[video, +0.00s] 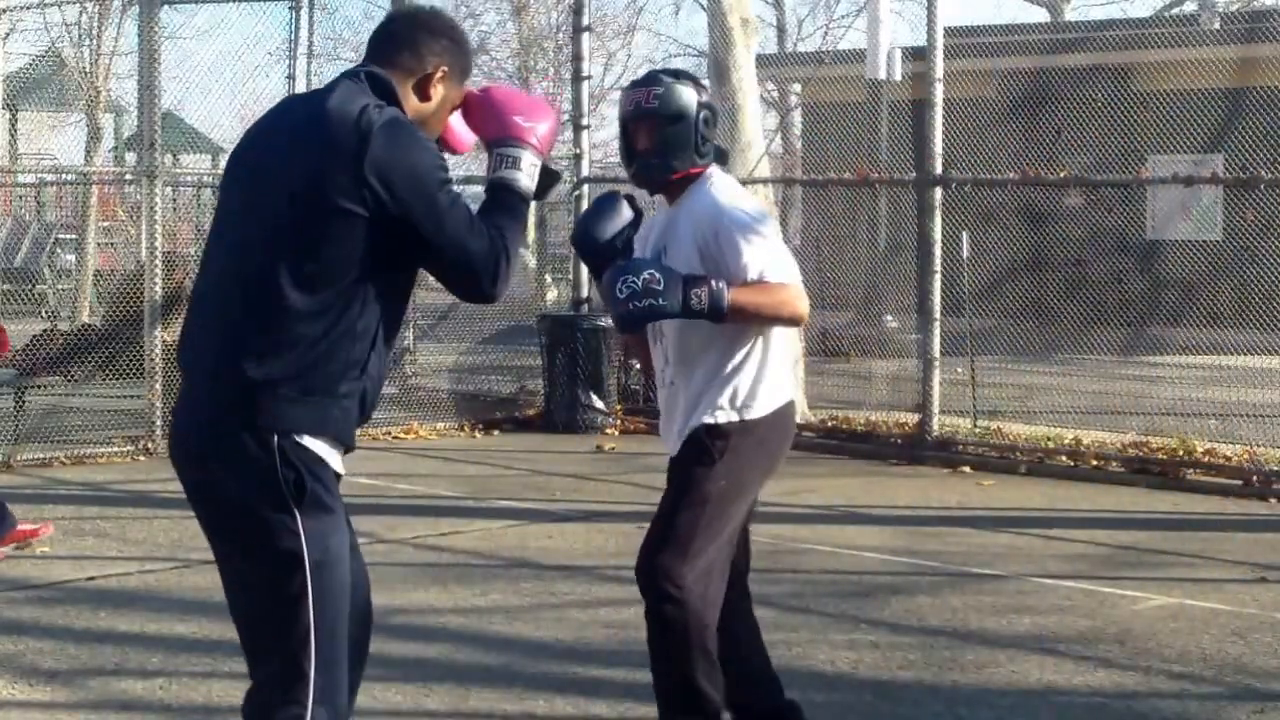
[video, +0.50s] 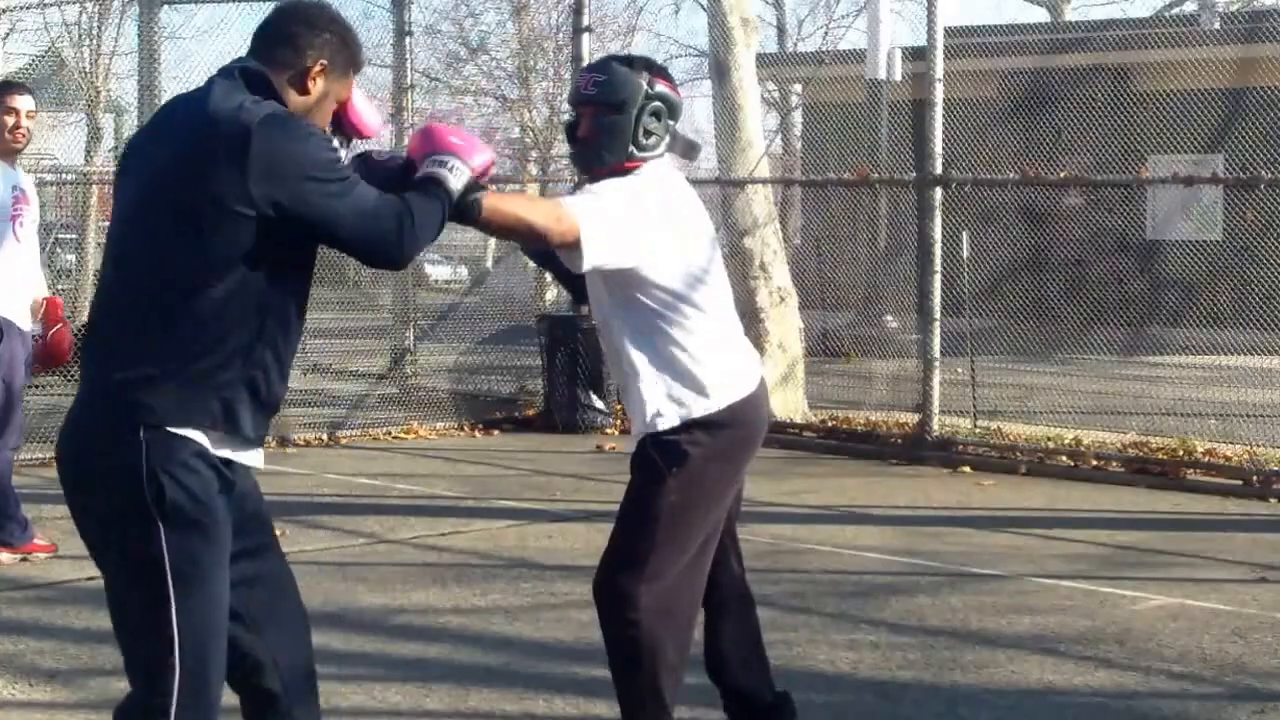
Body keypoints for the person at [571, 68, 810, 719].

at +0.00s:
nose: (639, 141)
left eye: (653, 126)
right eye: (631, 128)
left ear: (688, 130)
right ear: (626, 138)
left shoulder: (725, 206)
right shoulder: (653, 223)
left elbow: (793, 304)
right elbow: (648, 346)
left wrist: (693, 293)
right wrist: (612, 271)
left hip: (745, 417)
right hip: (697, 419)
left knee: (670, 571)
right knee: (718, 591)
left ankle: (696, 711)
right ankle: (765, 712)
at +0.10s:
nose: (632, 139)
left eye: (646, 124)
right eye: (626, 125)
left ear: (683, 128)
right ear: (625, 137)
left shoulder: (714, 200)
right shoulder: (655, 222)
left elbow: (779, 301)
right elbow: (632, 349)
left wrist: (673, 291)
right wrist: (604, 270)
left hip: (736, 425)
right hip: (692, 429)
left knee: (684, 593)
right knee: (717, 600)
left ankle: (675, 712)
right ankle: (765, 712)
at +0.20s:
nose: (623, 137)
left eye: (636, 122)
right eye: (619, 124)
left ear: (675, 126)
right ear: (625, 133)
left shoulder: (706, 200)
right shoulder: (649, 222)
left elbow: (772, 308)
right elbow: (626, 353)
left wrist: (661, 289)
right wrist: (598, 273)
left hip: (722, 427)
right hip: (681, 428)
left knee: (659, 590)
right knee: (709, 592)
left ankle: (669, 713)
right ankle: (764, 712)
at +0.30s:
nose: (620, 135)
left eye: (637, 121)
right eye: (615, 121)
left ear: (676, 126)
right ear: (610, 127)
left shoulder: (694, 201)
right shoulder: (634, 215)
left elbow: (713, 312)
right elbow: (608, 347)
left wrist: (625, 266)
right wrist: (582, 273)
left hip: (708, 425)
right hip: (678, 424)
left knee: (631, 590)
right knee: (720, 584)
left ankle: (650, 713)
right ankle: (766, 710)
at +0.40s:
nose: (592, 131)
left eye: (609, 117)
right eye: (591, 117)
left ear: (649, 126)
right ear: (666, 129)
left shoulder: (654, 200)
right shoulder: (653, 198)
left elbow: (578, 223)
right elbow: (613, 319)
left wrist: (488, 184)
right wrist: (557, 252)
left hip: (708, 422)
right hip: (719, 413)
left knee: (634, 587)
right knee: (716, 565)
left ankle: (646, 712)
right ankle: (760, 701)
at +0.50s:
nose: (579, 129)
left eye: (595, 115)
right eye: (578, 114)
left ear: (643, 121)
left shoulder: (643, 192)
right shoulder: (657, 188)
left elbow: (551, 224)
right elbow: (587, 276)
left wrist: (446, 190)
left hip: (700, 418)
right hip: (714, 408)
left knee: (633, 591)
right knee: (716, 587)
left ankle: (650, 712)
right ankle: (760, 710)